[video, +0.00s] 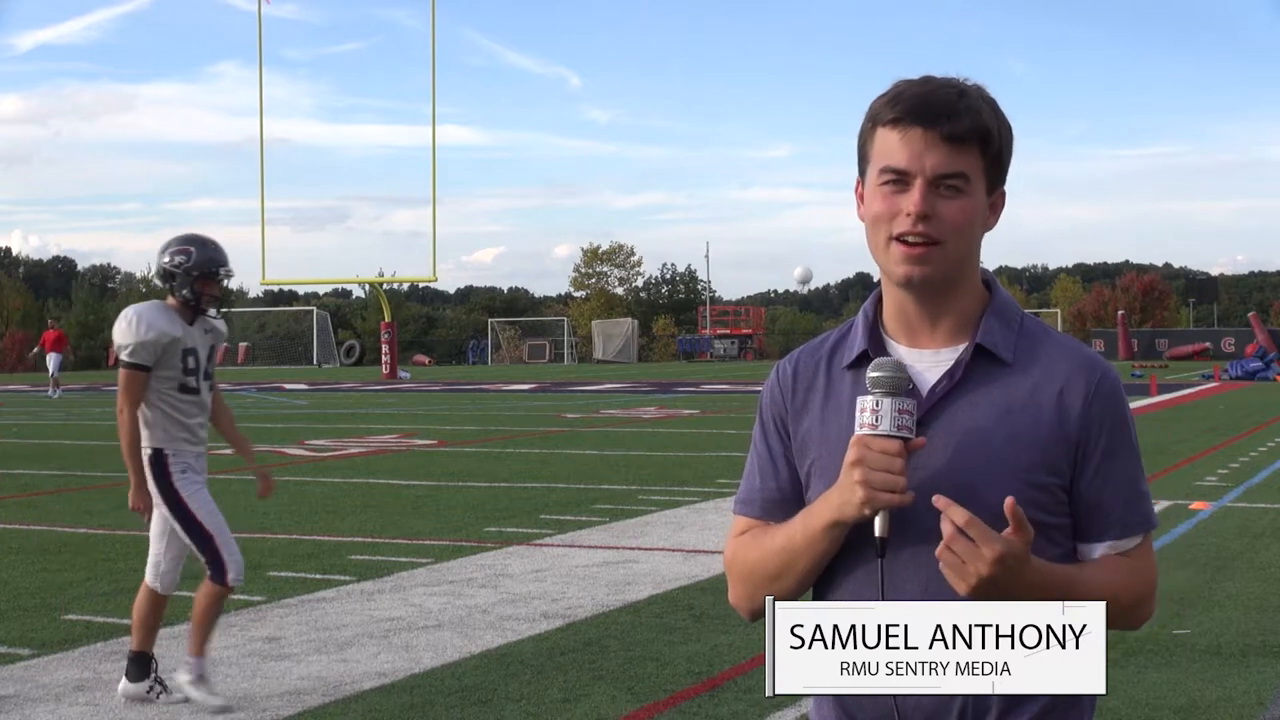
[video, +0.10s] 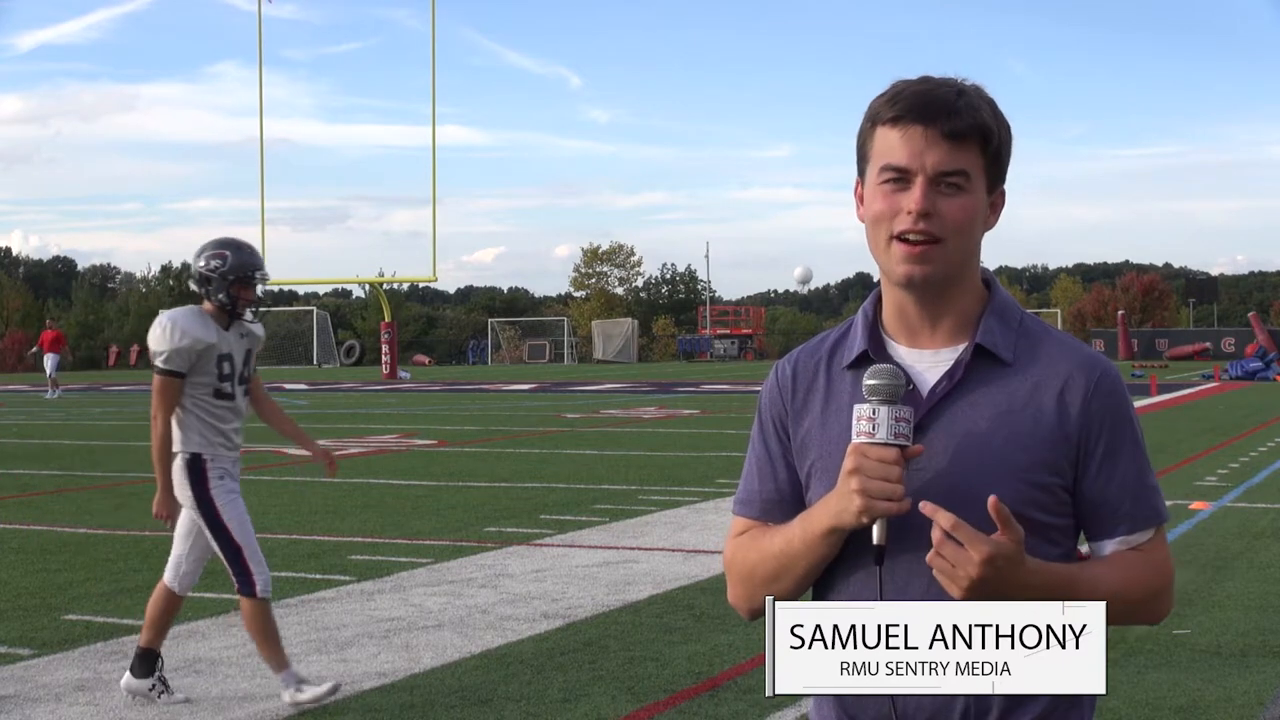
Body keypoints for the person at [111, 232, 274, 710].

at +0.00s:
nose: (215, 288)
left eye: (217, 280)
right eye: (207, 280)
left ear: (212, 281)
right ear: (179, 279)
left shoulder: (210, 328)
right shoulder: (145, 323)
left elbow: (212, 400)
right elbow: (127, 407)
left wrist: (252, 458)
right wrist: (137, 480)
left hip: (192, 462)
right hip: (163, 462)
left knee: (160, 575)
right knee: (225, 566)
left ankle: (137, 675)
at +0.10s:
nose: (252, 292)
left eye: (253, 283)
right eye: (243, 284)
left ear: (249, 284)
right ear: (216, 284)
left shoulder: (245, 333)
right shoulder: (179, 329)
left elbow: (258, 398)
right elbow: (160, 413)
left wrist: (310, 444)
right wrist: (163, 486)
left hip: (224, 465)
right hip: (197, 465)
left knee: (179, 575)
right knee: (252, 577)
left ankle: (141, 672)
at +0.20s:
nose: (290, 296)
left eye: (291, 288)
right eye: (283, 288)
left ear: (280, 288)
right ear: (256, 288)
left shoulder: (284, 338)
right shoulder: (219, 334)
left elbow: (298, 399)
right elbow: (198, 420)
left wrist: (355, 440)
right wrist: (200, 496)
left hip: (265, 467)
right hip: (238, 468)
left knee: (220, 580)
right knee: (282, 580)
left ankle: (156, 661)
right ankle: (314, 690)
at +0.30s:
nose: (328, 293)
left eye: (329, 285)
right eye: (321, 285)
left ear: (314, 286)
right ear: (294, 285)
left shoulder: (319, 334)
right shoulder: (258, 332)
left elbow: (330, 404)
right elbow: (242, 419)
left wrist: (379, 450)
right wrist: (247, 496)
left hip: (307, 464)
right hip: (280, 465)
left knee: (298, 583)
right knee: (303, 581)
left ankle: (212, 638)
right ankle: (316, 691)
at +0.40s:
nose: (366, 288)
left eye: (367, 279)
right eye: (358, 280)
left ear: (353, 279)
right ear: (331, 279)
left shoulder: (356, 328)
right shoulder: (295, 326)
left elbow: (352, 405)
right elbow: (286, 415)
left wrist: (384, 463)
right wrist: (304, 487)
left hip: (348, 464)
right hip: (314, 466)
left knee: (369, 581)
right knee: (319, 584)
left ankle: (291, 635)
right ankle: (318, 689)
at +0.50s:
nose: (404, 286)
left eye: (405, 278)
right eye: (397, 278)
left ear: (391, 277)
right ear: (371, 276)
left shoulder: (392, 327)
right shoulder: (332, 320)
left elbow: (374, 396)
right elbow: (328, 407)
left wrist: (381, 456)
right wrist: (360, 475)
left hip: (381, 463)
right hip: (341, 465)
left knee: (426, 568)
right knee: (336, 581)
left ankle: (381, 665)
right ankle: (322, 683)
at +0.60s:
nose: (447, 289)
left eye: (447, 280)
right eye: (441, 281)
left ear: (423, 281)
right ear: (414, 279)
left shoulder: (429, 330)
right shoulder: (374, 322)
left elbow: (406, 399)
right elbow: (370, 408)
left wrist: (410, 456)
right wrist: (417, 471)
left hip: (418, 466)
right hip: (376, 467)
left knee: (460, 575)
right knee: (355, 581)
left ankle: (480, 680)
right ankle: (325, 681)